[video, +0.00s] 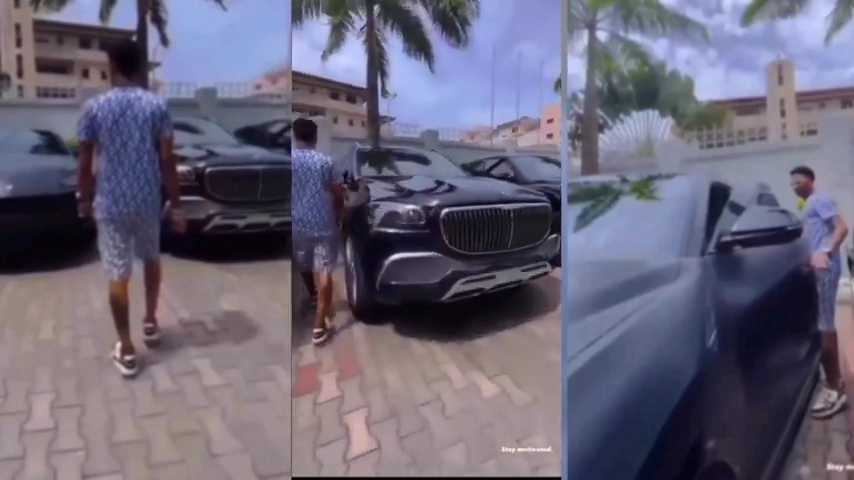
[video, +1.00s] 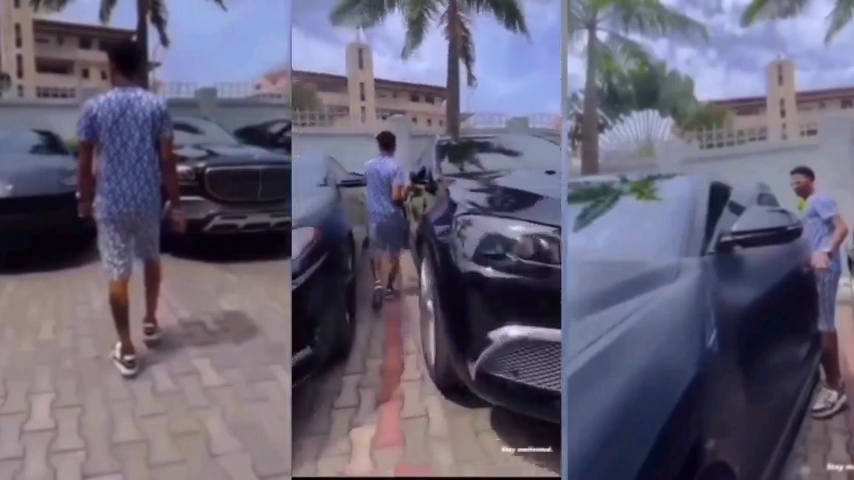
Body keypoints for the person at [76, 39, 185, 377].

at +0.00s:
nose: (110, 71)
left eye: (110, 66)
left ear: (112, 68)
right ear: (142, 67)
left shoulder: (95, 107)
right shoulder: (156, 106)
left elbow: (85, 161)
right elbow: (167, 160)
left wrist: (84, 199)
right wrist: (175, 202)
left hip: (110, 202)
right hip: (147, 200)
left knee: (118, 273)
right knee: (151, 260)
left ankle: (125, 348)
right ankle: (150, 319)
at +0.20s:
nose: (110, 71)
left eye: (110, 66)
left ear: (112, 68)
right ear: (142, 67)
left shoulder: (95, 107)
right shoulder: (156, 106)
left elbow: (85, 161)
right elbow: (167, 160)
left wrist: (84, 199)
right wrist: (175, 202)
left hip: (110, 201)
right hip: (147, 200)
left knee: (118, 273)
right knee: (151, 260)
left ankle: (125, 348)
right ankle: (150, 319)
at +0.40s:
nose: (110, 71)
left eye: (110, 66)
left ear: (112, 68)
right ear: (142, 67)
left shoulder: (95, 107)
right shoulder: (156, 106)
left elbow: (85, 161)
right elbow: (167, 160)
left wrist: (84, 199)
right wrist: (175, 202)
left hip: (110, 202)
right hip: (147, 200)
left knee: (118, 273)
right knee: (151, 260)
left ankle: (125, 348)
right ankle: (150, 319)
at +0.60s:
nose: (110, 71)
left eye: (110, 66)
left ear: (112, 68)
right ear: (142, 67)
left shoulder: (95, 107)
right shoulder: (156, 106)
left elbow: (85, 161)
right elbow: (167, 160)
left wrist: (84, 199)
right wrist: (175, 202)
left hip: (110, 202)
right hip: (147, 200)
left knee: (118, 273)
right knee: (151, 260)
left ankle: (125, 348)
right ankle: (150, 319)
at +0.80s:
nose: (110, 71)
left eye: (110, 66)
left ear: (112, 68)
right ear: (142, 67)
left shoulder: (95, 107)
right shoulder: (156, 106)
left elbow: (85, 161)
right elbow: (167, 160)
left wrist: (84, 199)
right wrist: (175, 202)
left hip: (110, 202)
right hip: (147, 200)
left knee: (118, 273)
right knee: (151, 260)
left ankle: (125, 348)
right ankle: (150, 319)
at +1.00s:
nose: (110, 71)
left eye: (110, 66)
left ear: (112, 68)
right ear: (142, 67)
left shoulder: (95, 107)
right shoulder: (156, 106)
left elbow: (85, 161)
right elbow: (167, 160)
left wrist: (84, 199)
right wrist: (175, 202)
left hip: (110, 202)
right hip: (147, 200)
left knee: (118, 273)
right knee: (151, 260)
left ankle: (125, 348)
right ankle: (150, 319)